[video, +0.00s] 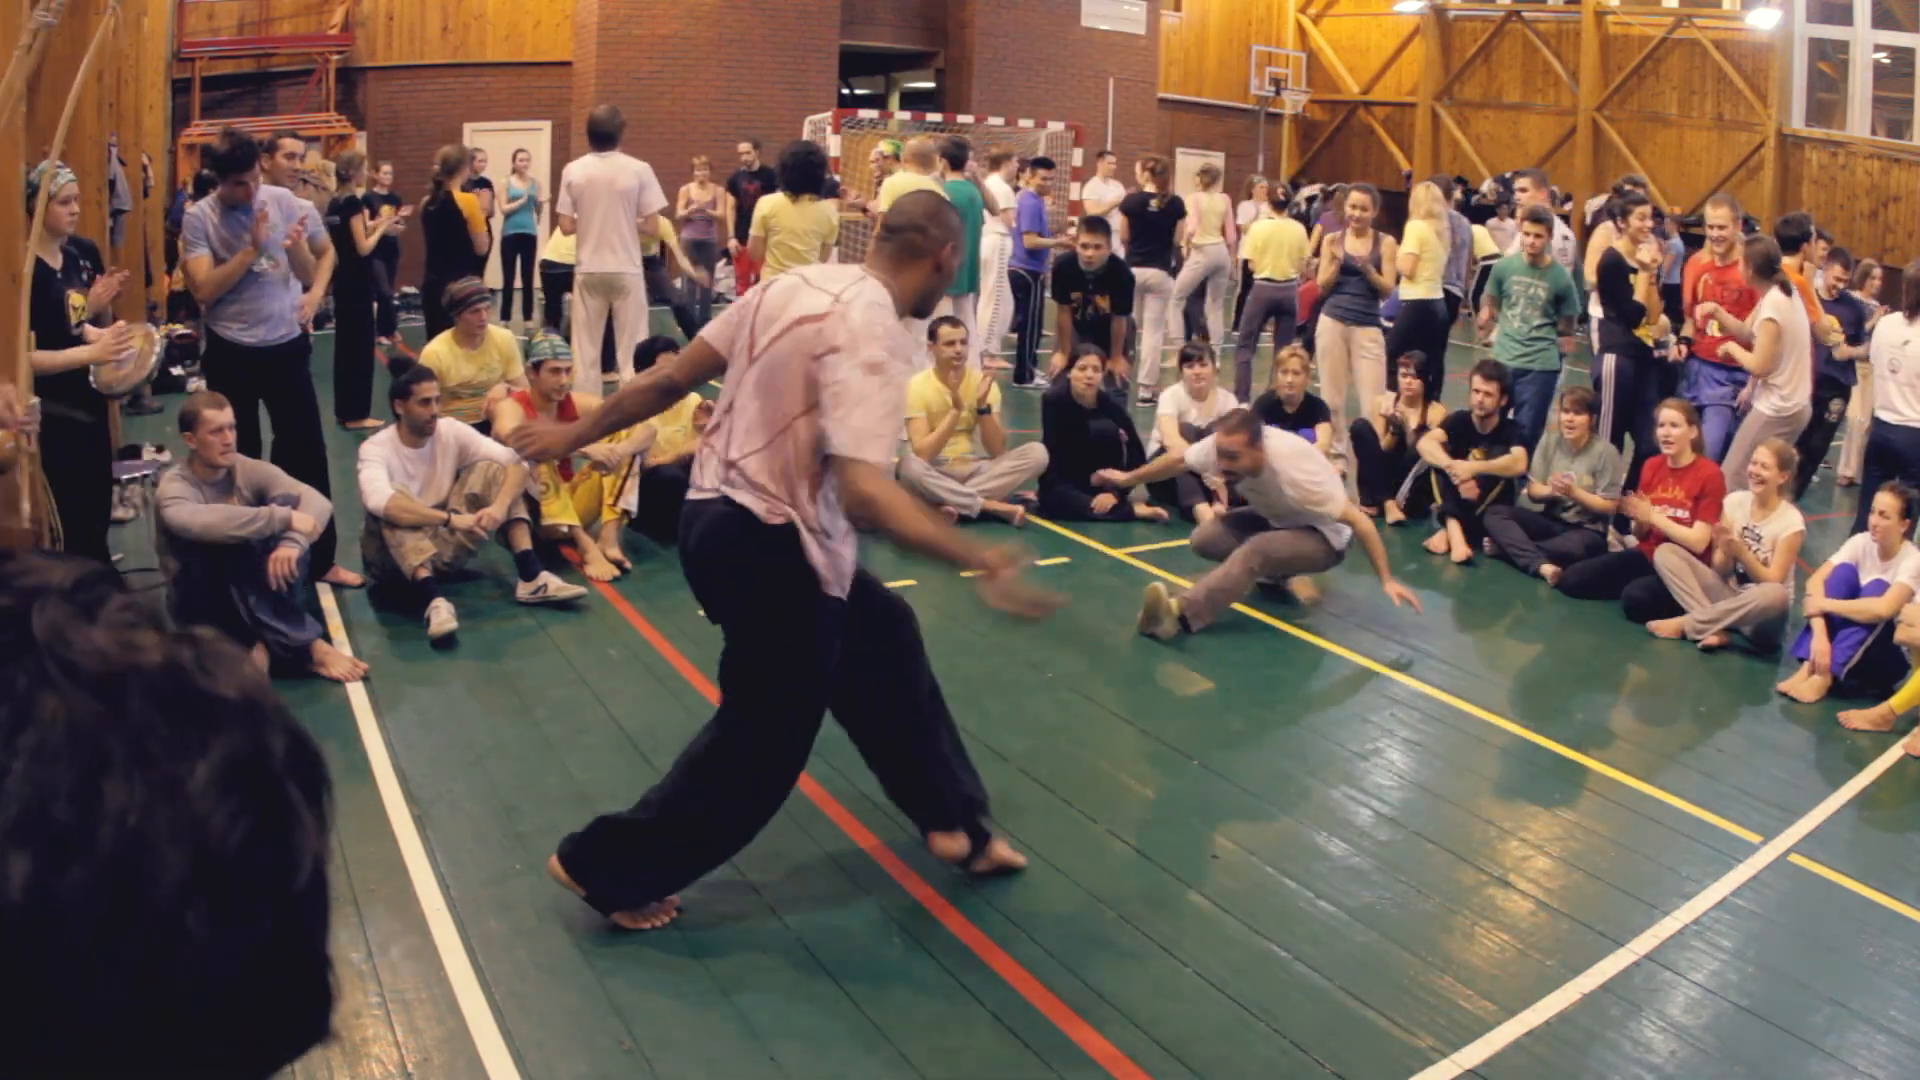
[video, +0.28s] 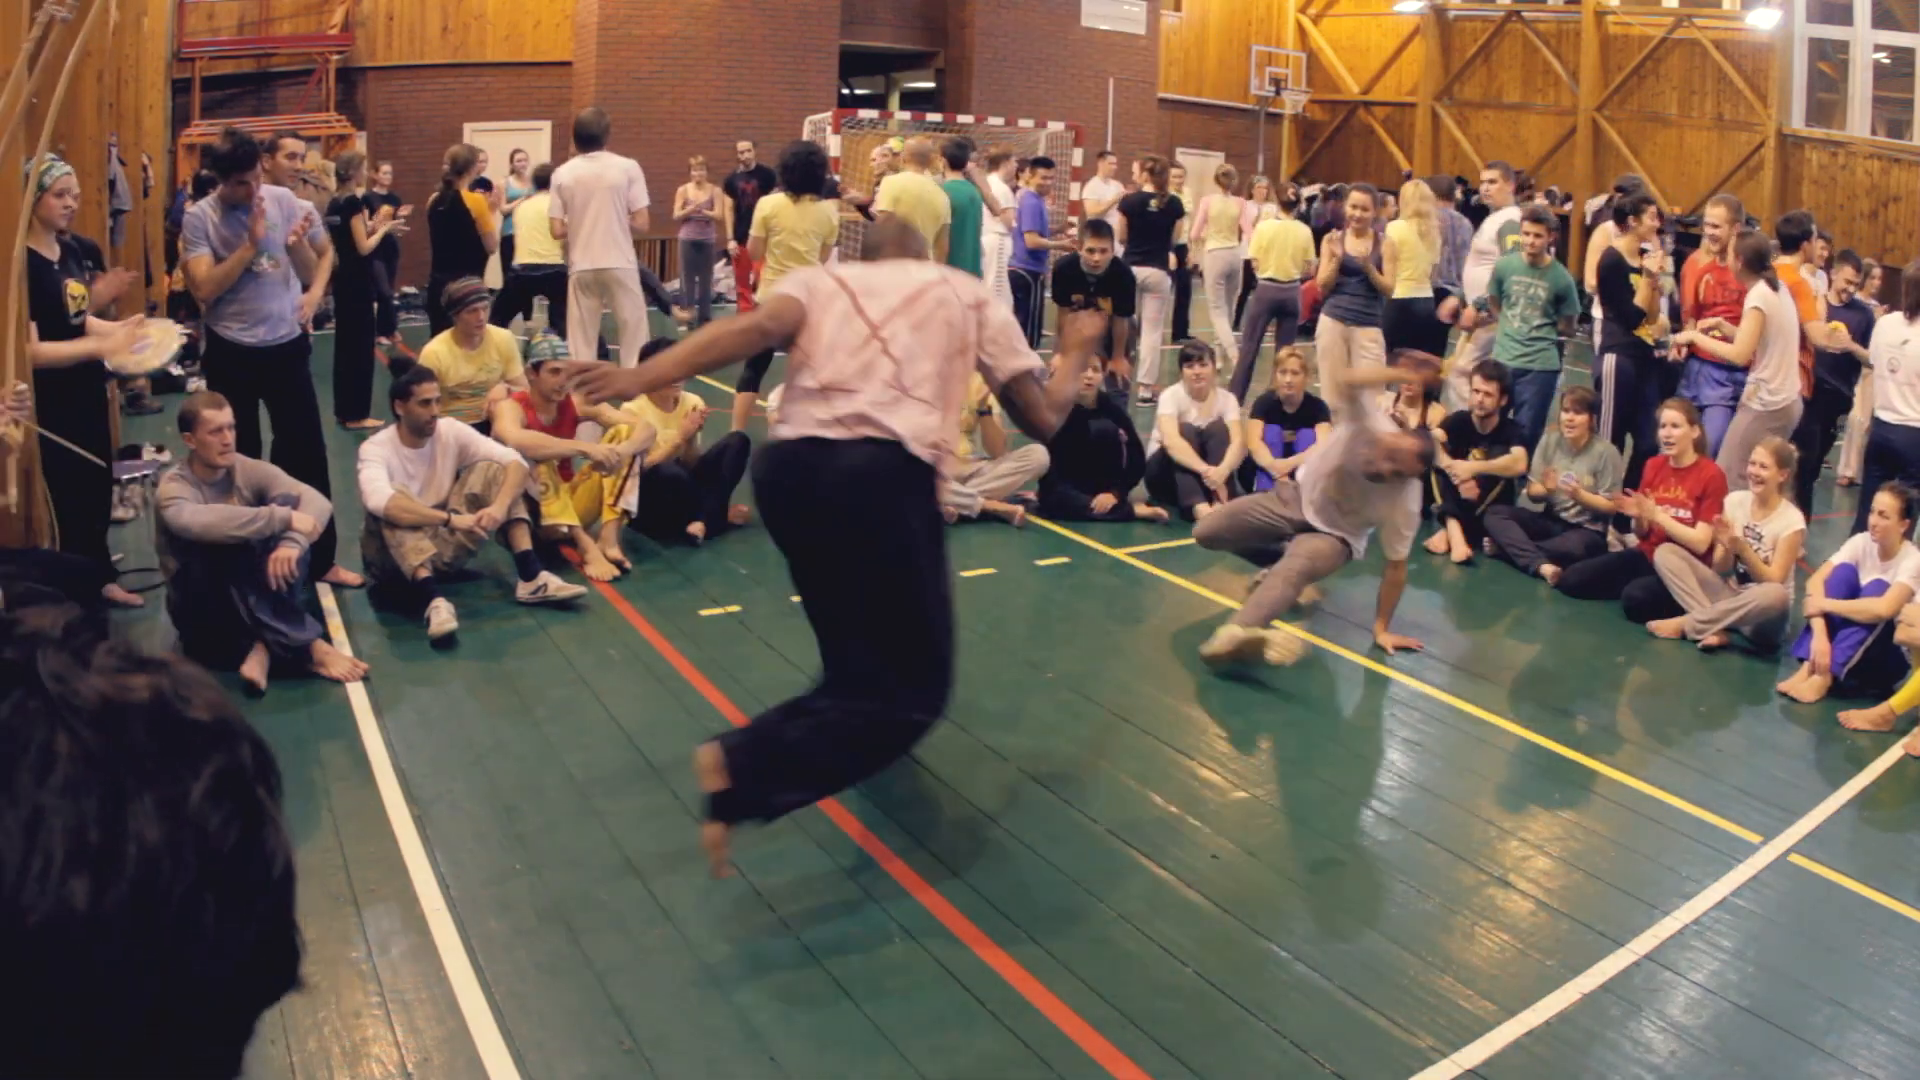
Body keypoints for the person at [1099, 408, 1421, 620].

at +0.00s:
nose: (1223, 464)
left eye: (1232, 457)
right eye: (1221, 454)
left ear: (1259, 450)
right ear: (1220, 442)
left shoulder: (1299, 475)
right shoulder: (1222, 443)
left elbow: (1361, 521)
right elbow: (1180, 461)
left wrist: (1387, 579)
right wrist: (1130, 477)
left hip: (1324, 531)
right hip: (1272, 517)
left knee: (1256, 552)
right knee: (1205, 539)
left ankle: (1179, 615)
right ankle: (1275, 579)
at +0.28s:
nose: (1383, 468)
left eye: (1396, 472)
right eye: (1391, 455)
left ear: (1407, 477)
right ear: (1392, 435)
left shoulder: (1403, 502)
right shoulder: (1363, 422)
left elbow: (1395, 567)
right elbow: (1347, 380)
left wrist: (1381, 629)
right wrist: (1406, 375)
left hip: (1336, 533)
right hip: (1297, 495)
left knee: (1297, 564)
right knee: (1208, 531)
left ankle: (1235, 631)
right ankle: (1283, 563)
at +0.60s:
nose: (1470, 623)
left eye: (1472, 619)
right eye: (1474, 620)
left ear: (1464, 594)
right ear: (1477, 592)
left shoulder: (1444, 548)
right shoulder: (1487, 546)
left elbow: (1395, 576)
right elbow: (1508, 639)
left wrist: (1385, 633)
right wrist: (1522, 716)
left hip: (1357, 504)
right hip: (1334, 483)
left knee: (1378, 613)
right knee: (1354, 599)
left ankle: (1281, 675)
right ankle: (1235, 648)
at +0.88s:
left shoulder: (1484, 499)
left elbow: (1415, 576)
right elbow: (1573, 677)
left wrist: (1403, 636)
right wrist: (1521, 723)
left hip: (1501, 505)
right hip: (1582, 526)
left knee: (1414, 605)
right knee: (1601, 673)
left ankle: (1316, 688)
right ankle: (1630, 782)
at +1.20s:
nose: (1594, 658)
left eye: (1588, 653)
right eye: (1596, 655)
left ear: (1589, 636)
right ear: (1617, 645)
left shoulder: (1607, 588)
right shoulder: (1680, 625)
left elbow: (1529, 637)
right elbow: (1683, 710)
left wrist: (1499, 691)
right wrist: (1609, 711)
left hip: (1781, 625)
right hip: (1803, 622)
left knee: (1788, 811)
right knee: (1687, 716)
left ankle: (1907, 893)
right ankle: (1661, 850)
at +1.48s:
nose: (1709, 682)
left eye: (1704, 676)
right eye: (1709, 686)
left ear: (1709, 654)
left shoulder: (1753, 615)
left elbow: (1650, 643)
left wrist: (1582, 683)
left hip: (1913, 728)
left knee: (1895, 887)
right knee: (1798, 741)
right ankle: (1703, 864)